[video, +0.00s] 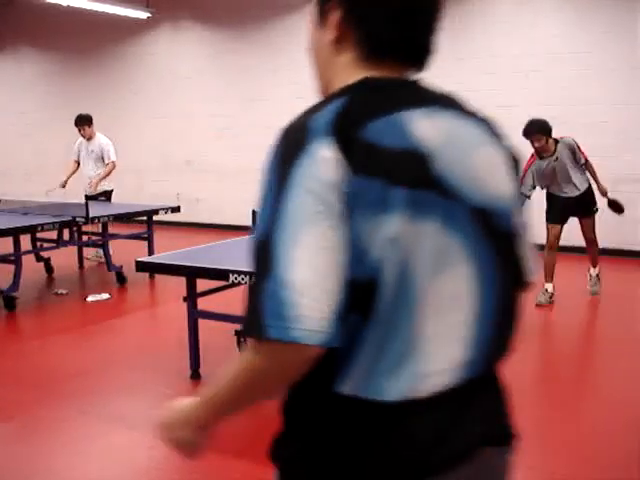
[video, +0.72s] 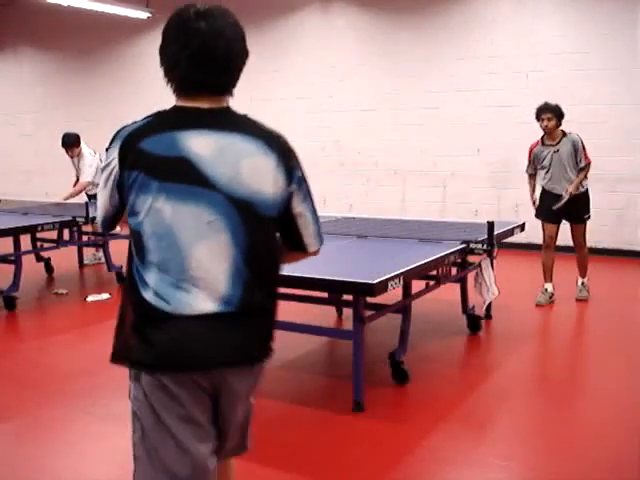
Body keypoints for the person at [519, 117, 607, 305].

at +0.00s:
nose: (536, 145)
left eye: (539, 140)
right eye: (533, 142)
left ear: (548, 136)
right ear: (530, 141)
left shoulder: (568, 145)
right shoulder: (533, 165)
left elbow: (586, 164)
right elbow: (520, 197)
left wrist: (599, 185)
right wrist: (512, 225)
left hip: (581, 192)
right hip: (556, 197)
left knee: (589, 237)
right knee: (551, 242)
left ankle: (594, 272)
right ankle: (548, 288)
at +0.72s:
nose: (545, 124)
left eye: (549, 120)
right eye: (542, 121)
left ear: (558, 120)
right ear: (539, 123)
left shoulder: (573, 141)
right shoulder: (536, 149)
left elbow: (585, 166)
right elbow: (531, 173)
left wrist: (576, 183)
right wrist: (532, 195)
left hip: (576, 195)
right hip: (550, 196)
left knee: (579, 243)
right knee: (548, 241)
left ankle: (582, 282)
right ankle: (547, 287)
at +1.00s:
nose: (558, 123)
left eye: (562, 119)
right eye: (555, 119)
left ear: (572, 120)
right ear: (553, 122)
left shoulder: (583, 143)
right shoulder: (549, 146)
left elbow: (594, 171)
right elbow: (547, 170)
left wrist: (572, 185)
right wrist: (543, 185)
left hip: (581, 198)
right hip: (557, 196)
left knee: (582, 244)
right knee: (548, 239)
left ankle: (583, 283)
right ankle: (547, 285)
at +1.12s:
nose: (559, 121)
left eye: (563, 117)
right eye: (557, 117)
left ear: (574, 118)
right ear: (555, 119)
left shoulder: (585, 142)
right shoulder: (551, 145)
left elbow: (594, 170)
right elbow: (549, 170)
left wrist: (568, 181)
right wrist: (549, 182)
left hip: (582, 196)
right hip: (558, 195)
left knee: (582, 244)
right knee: (547, 238)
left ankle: (583, 283)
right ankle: (544, 283)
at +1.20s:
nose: (557, 121)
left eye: (561, 117)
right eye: (554, 117)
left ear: (571, 118)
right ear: (552, 119)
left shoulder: (583, 141)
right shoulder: (549, 146)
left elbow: (590, 170)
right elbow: (547, 171)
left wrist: (565, 179)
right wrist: (548, 180)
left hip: (580, 196)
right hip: (557, 195)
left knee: (582, 244)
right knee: (546, 239)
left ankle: (583, 283)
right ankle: (542, 284)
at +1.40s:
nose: (550, 122)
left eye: (554, 118)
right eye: (547, 119)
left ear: (563, 119)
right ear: (543, 121)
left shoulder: (577, 140)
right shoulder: (541, 149)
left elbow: (588, 167)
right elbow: (540, 177)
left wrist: (572, 183)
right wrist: (540, 191)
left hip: (578, 196)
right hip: (553, 197)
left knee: (578, 243)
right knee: (546, 240)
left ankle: (583, 282)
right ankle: (541, 285)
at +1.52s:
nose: (548, 124)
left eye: (552, 120)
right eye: (545, 120)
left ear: (562, 119)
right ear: (543, 122)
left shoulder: (578, 140)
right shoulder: (541, 150)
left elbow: (589, 166)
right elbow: (541, 177)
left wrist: (579, 184)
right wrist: (538, 191)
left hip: (578, 195)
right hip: (553, 196)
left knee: (582, 243)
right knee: (547, 241)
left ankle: (589, 282)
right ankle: (542, 285)